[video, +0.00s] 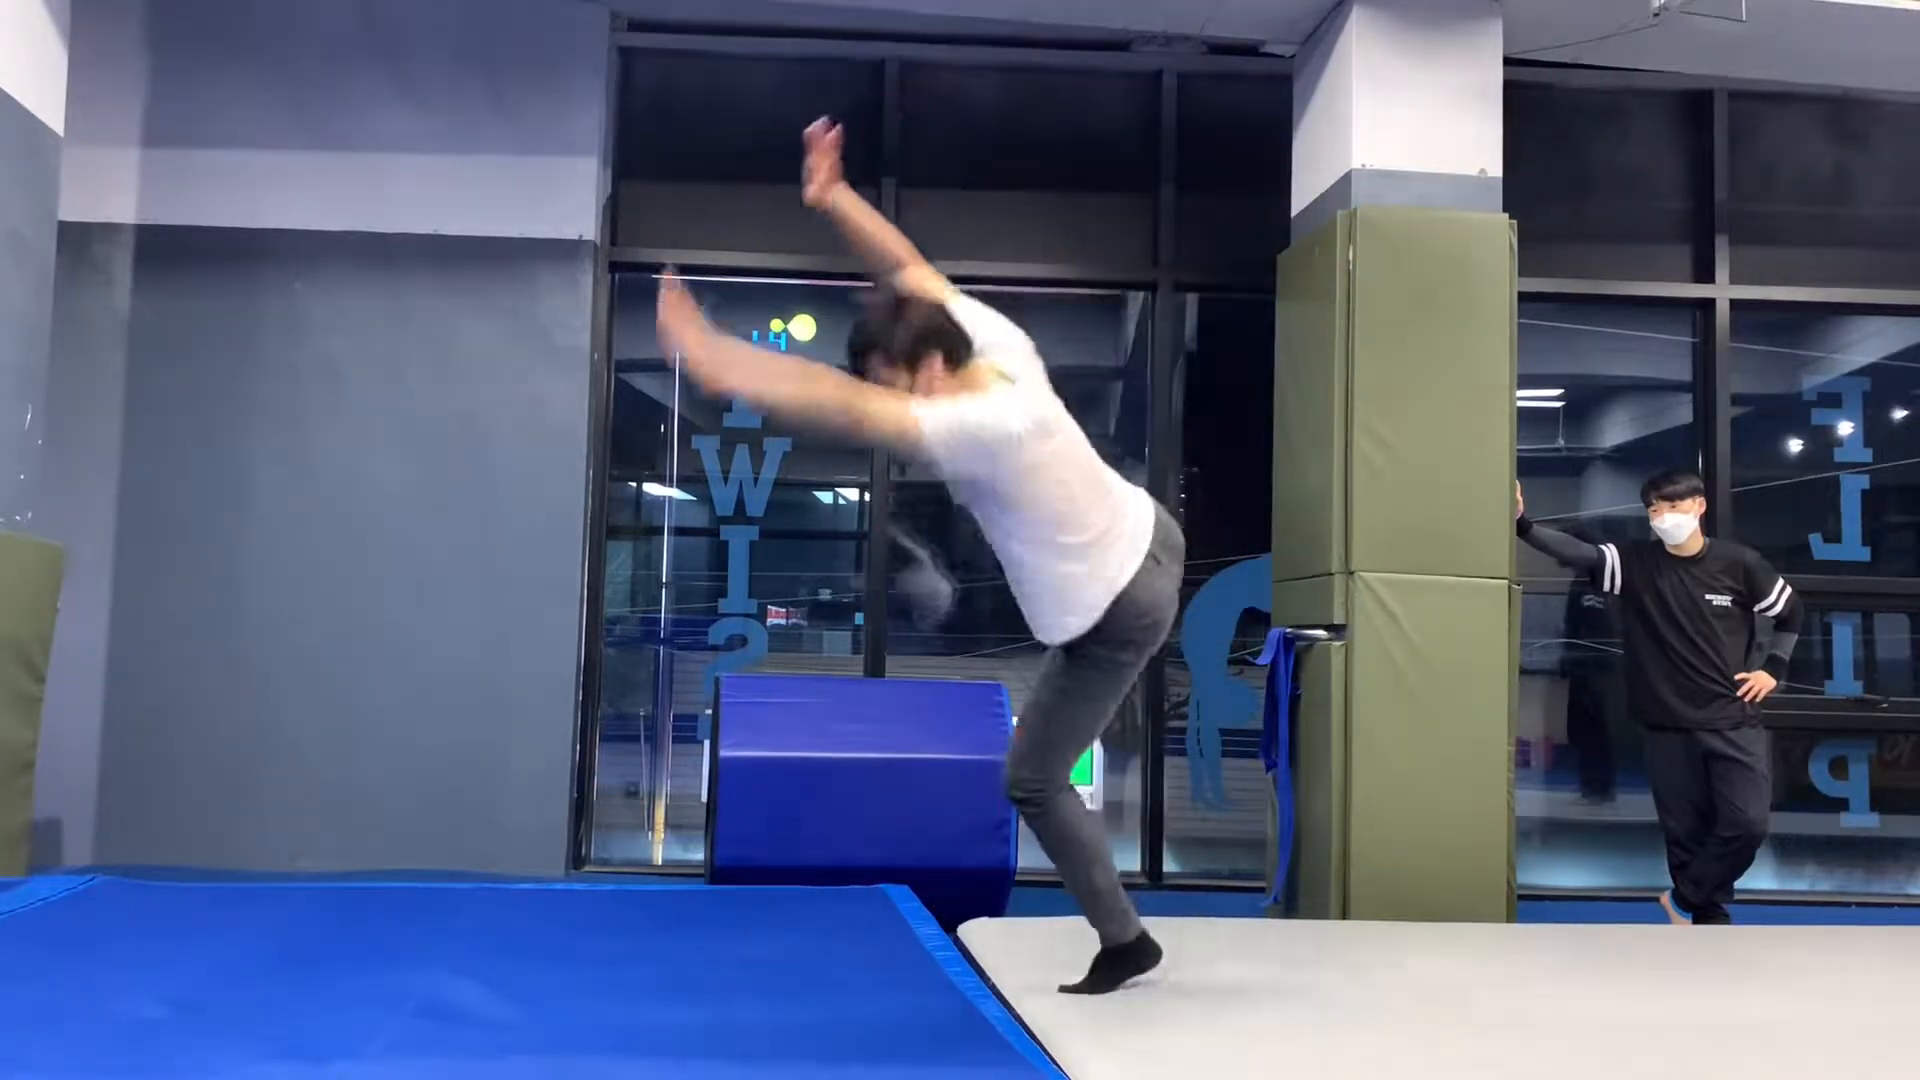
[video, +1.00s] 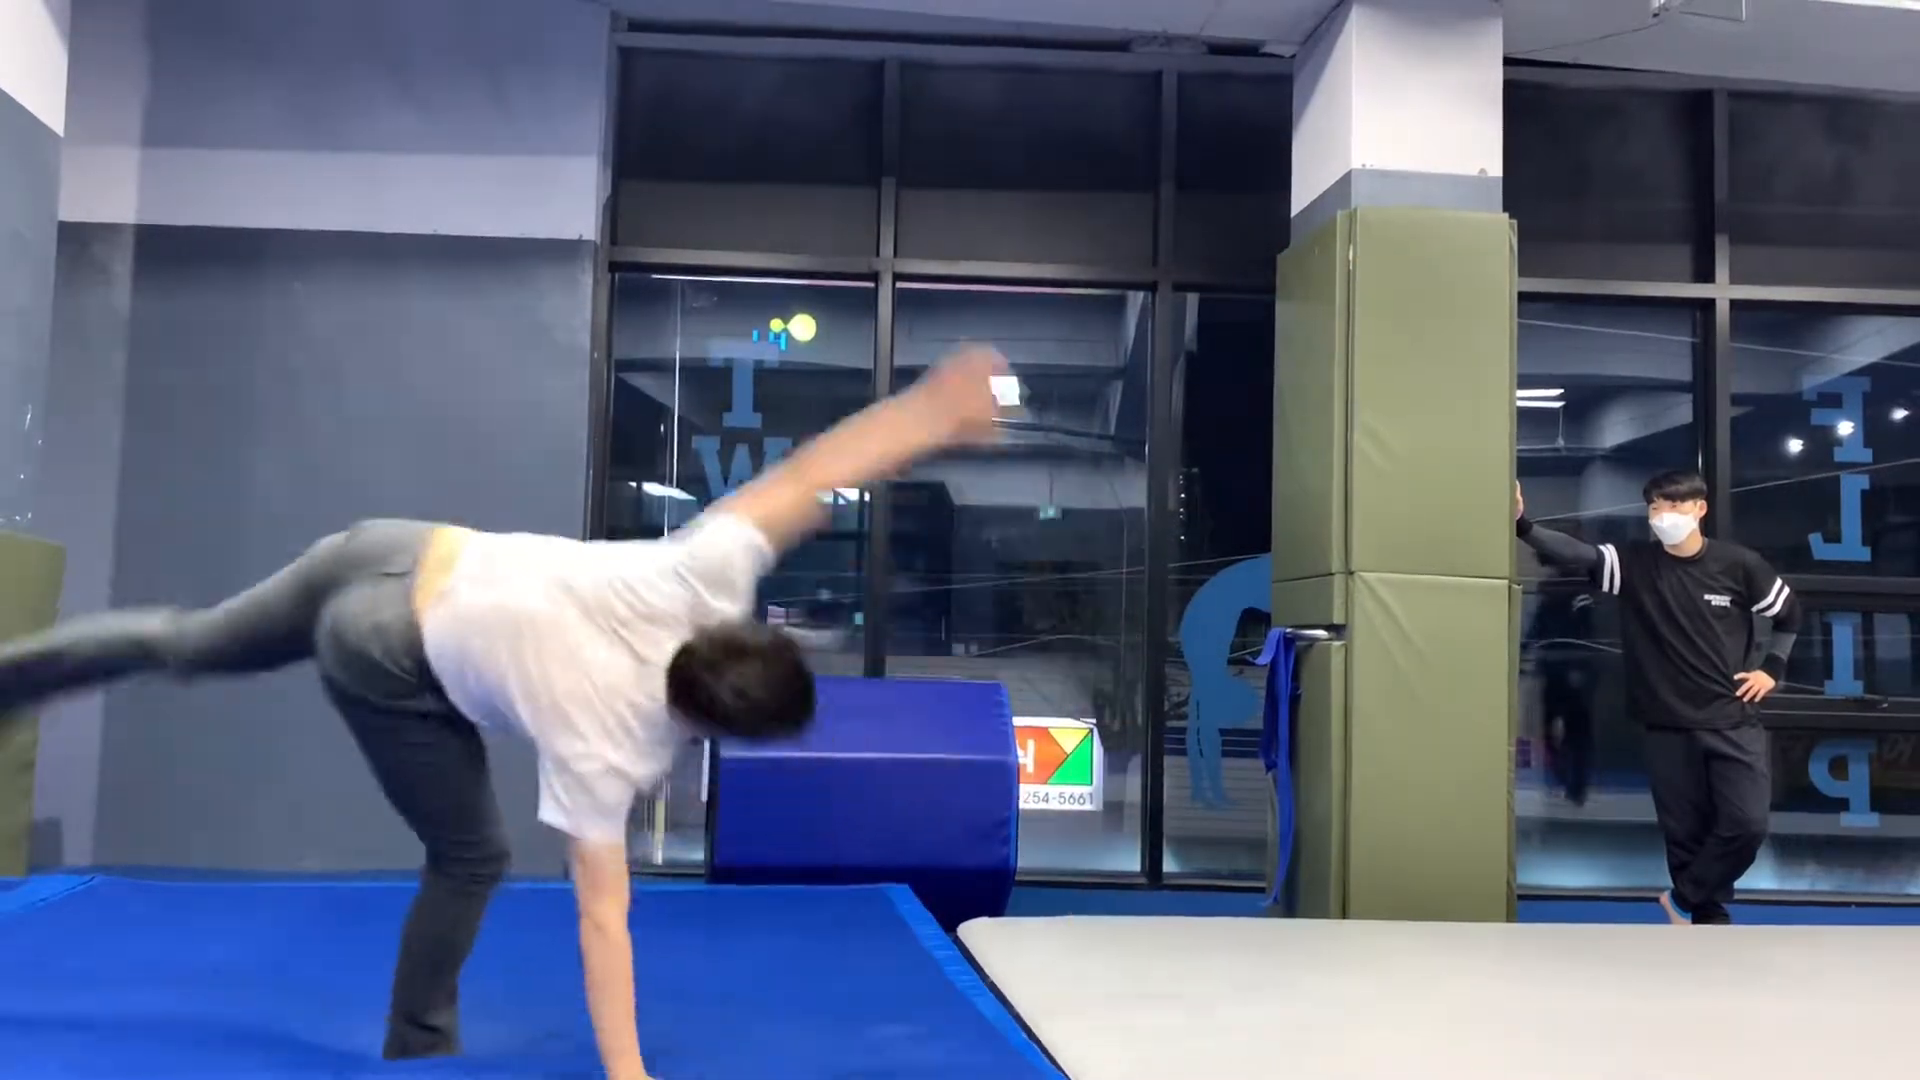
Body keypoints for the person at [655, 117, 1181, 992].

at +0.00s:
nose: (897, 401)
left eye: (897, 385)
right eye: (887, 385)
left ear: (930, 364)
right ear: (933, 345)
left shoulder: (978, 425)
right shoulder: (989, 341)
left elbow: (849, 406)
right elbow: (912, 272)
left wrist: (721, 363)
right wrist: (833, 198)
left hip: (1127, 608)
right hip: (1152, 530)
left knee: (1035, 780)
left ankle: (1124, 938)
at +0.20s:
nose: (884, 568)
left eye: (896, 559)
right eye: (878, 554)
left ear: (940, 550)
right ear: (873, 525)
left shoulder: (994, 612)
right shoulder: (895, 484)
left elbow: (931, 771)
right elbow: (771, 480)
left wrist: (892, 910)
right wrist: (667, 509)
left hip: (1078, 629)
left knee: (1017, 807)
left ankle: (1123, 951)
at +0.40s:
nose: (826, 827)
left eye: (844, 829)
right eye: (825, 815)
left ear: (904, 800)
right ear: (823, 769)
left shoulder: (936, 782)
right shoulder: (786, 700)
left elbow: (916, 927)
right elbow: (713, 828)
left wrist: (914, 1061)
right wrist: (666, 974)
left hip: (979, 532)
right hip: (888, 480)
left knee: (1045, 679)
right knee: (730, 457)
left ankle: (1152, 796)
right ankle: (659, 374)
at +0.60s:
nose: (771, 939)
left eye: (802, 944)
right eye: (765, 927)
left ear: (861, 883)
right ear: (752, 874)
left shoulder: (893, 810)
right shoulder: (703, 798)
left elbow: (907, 943)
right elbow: (647, 957)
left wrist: (918, 1069)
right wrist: (632, 1075)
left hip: (835, 520)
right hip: (726, 517)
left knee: (903, 471)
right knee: (527, 630)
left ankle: (958, 433)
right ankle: (357, 652)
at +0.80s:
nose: (779, 886)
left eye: (800, 877)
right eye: (770, 877)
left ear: (834, 818)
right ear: (730, 835)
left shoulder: (833, 731)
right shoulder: (649, 789)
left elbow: (917, 839)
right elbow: (613, 974)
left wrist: (970, 970)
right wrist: (619, 1079)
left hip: (600, 561)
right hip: (513, 620)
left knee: (544, 455)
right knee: (536, 856)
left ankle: (524, 375)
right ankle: (426, 1023)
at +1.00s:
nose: (755, 724)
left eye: (761, 707)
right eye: (758, 723)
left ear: (735, 630)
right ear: (722, 728)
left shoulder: (709, 569)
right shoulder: (604, 750)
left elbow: (828, 466)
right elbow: (605, 915)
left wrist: (939, 404)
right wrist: (628, 1066)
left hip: (402, 542)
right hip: (382, 648)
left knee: (190, 638)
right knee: (469, 859)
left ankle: (0, 679)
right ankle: (415, 1040)